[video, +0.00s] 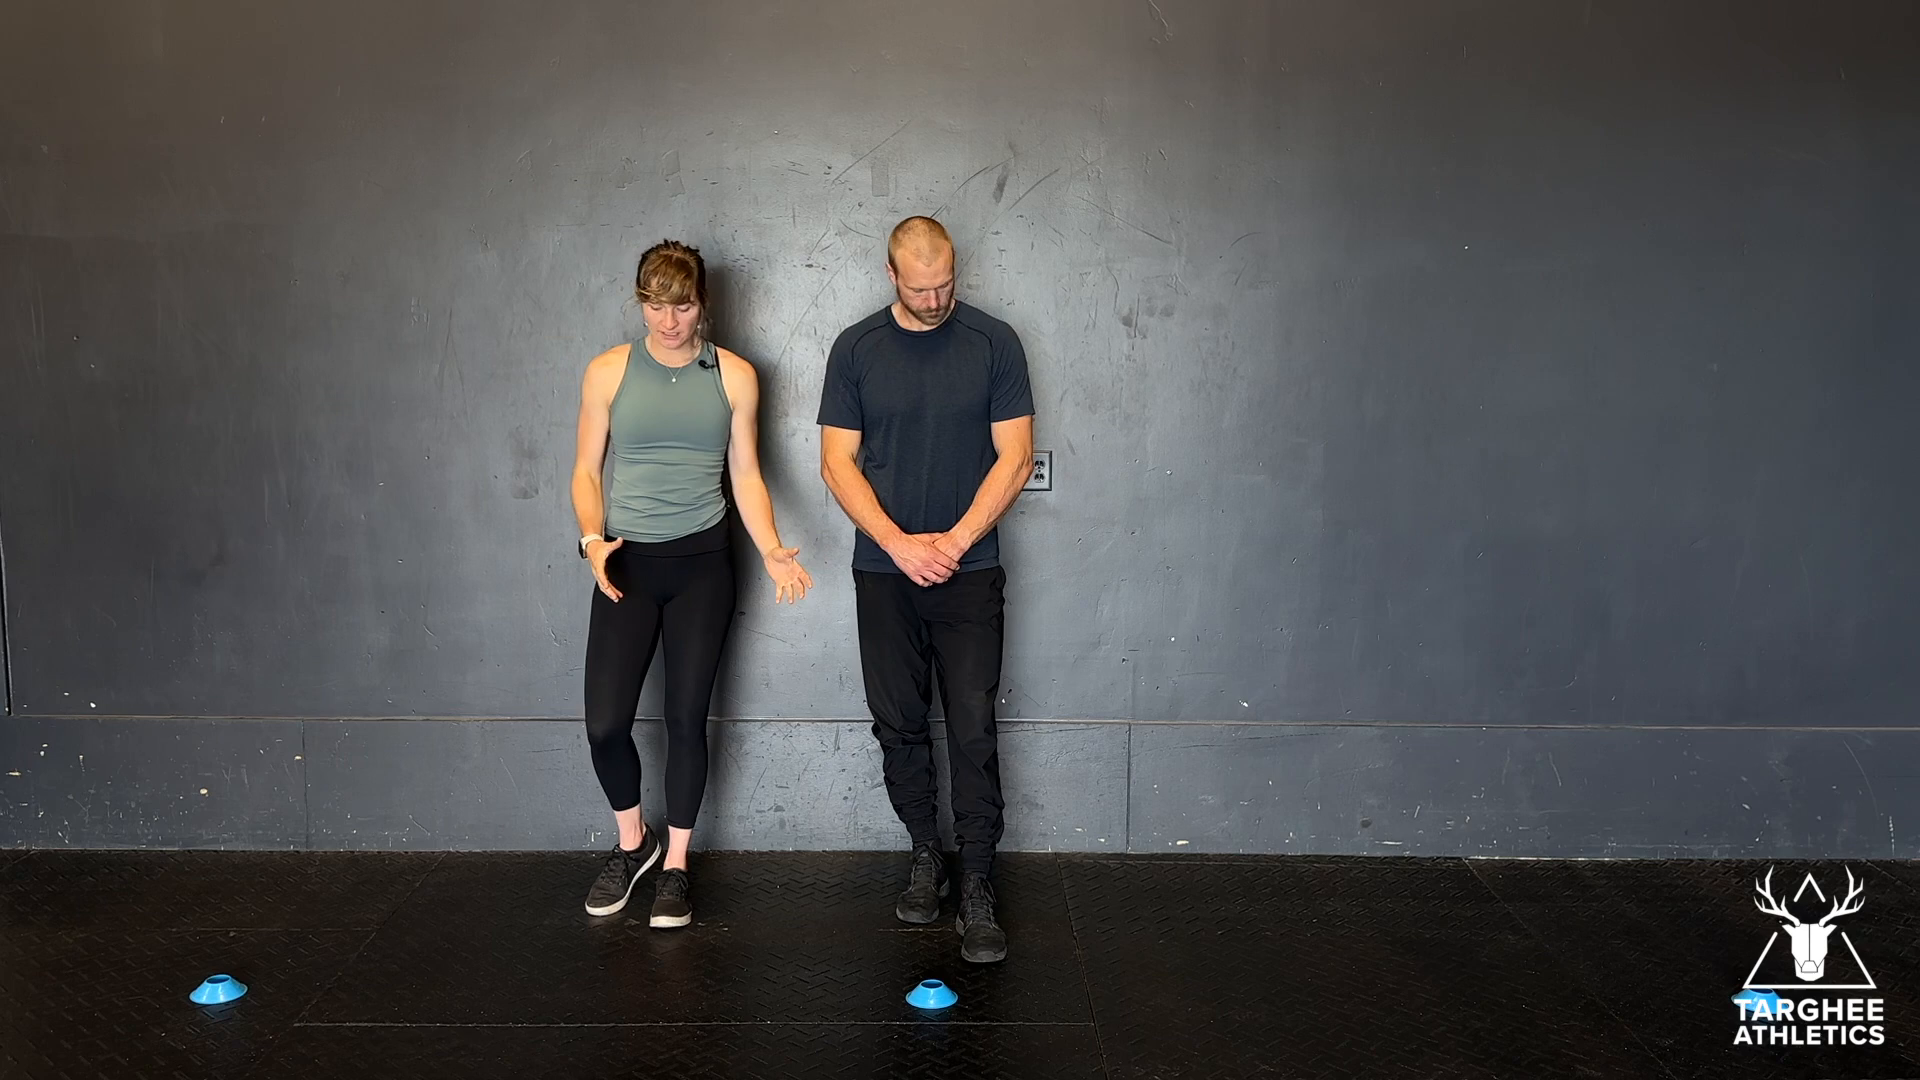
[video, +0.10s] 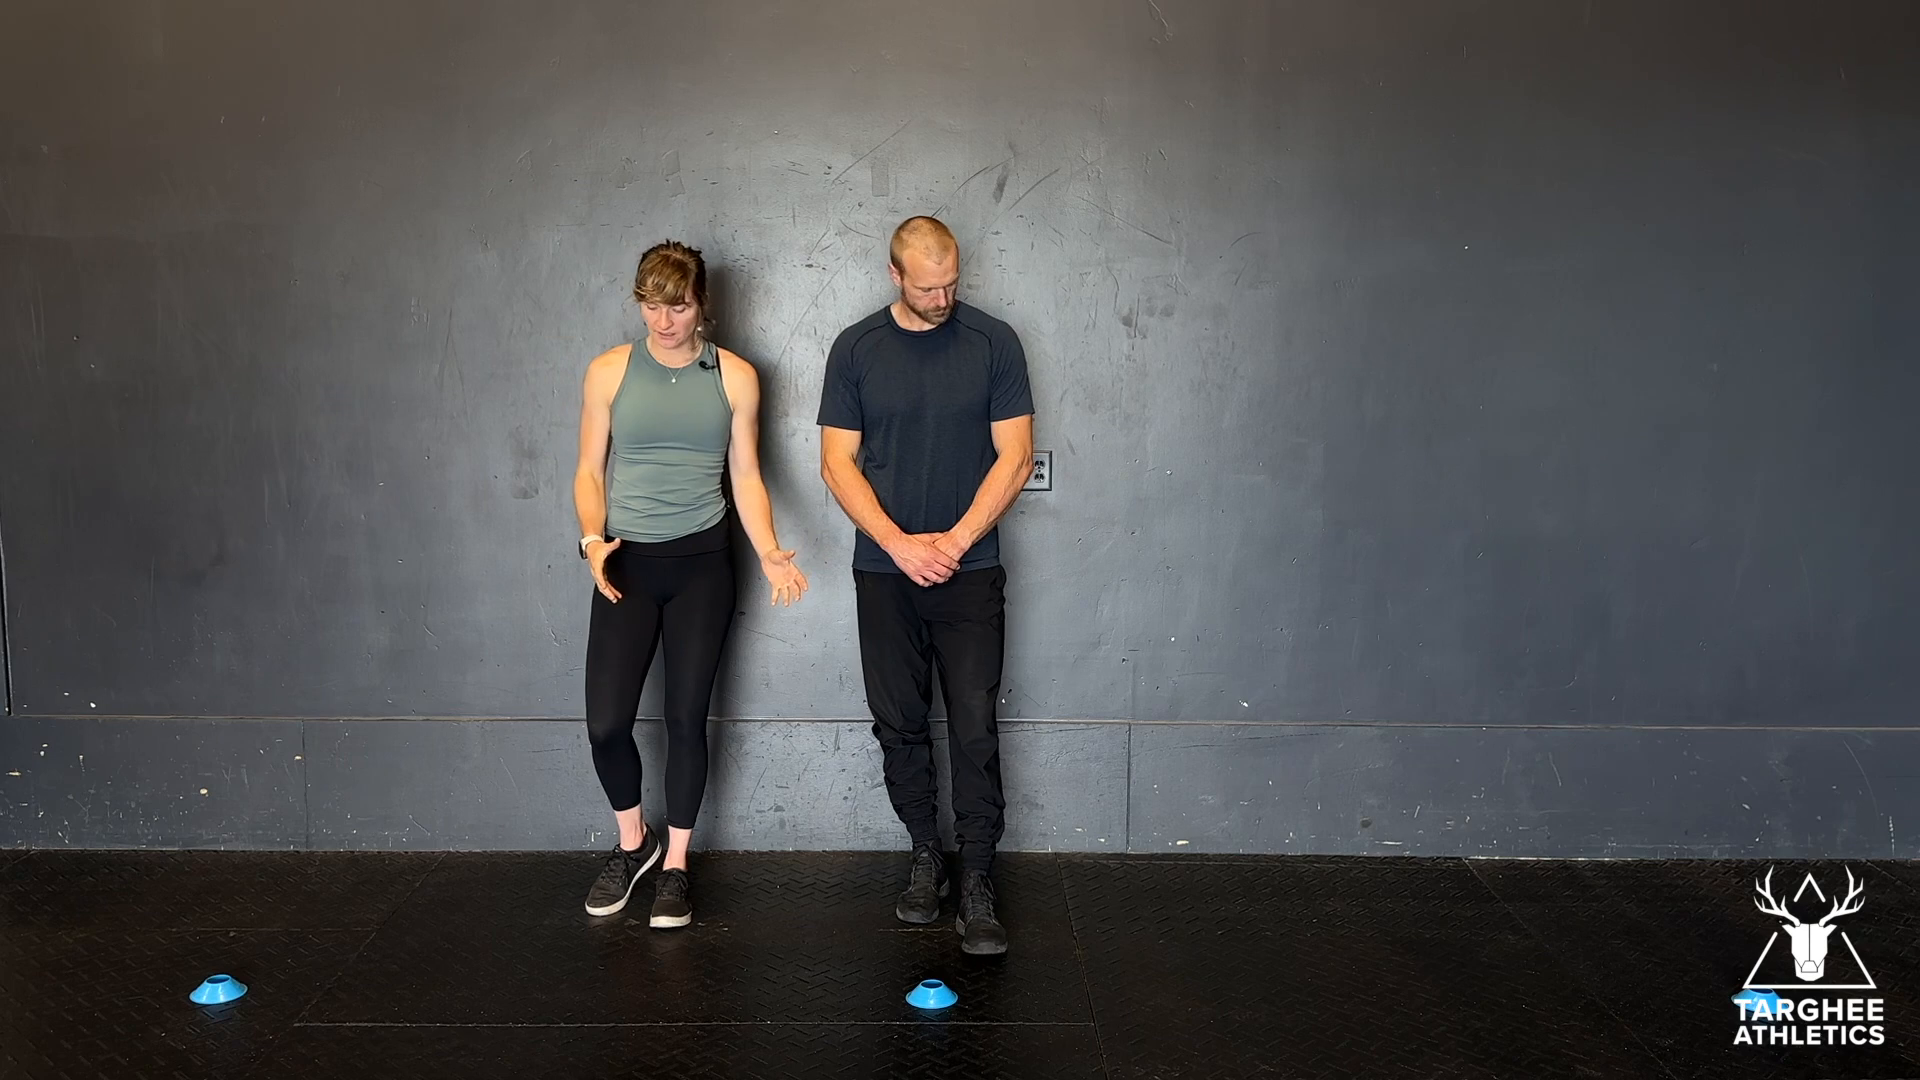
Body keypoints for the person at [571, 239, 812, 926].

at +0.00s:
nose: (672, 321)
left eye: (684, 308)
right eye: (660, 308)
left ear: (702, 304)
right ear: (641, 303)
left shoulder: (734, 375)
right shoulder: (609, 372)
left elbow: (746, 473)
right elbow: (587, 470)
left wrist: (773, 551)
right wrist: (593, 539)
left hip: (704, 563)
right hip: (626, 564)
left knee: (686, 717)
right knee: (605, 722)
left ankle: (675, 867)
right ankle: (635, 846)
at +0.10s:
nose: (667, 321)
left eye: (680, 308)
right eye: (656, 307)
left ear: (700, 305)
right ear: (639, 304)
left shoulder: (735, 376)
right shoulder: (609, 371)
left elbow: (746, 474)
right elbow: (590, 469)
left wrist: (771, 553)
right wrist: (593, 540)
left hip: (703, 563)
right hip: (625, 563)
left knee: (686, 716)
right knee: (607, 723)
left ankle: (675, 867)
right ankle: (635, 844)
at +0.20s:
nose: (663, 321)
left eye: (676, 308)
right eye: (653, 307)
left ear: (700, 305)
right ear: (638, 303)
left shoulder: (735, 377)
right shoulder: (610, 371)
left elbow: (746, 474)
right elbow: (591, 468)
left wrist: (769, 554)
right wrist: (593, 540)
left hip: (703, 562)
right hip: (626, 562)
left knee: (685, 717)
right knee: (606, 722)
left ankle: (675, 866)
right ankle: (636, 844)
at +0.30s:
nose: (660, 320)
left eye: (673, 307)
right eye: (650, 306)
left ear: (700, 304)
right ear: (636, 303)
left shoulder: (736, 377)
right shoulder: (610, 371)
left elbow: (748, 474)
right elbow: (592, 467)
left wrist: (768, 555)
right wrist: (592, 539)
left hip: (703, 561)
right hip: (625, 562)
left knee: (686, 716)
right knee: (604, 720)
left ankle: (675, 865)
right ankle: (634, 845)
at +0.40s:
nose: (655, 318)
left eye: (669, 305)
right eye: (646, 305)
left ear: (699, 304)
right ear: (635, 304)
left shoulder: (736, 377)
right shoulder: (611, 370)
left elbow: (749, 475)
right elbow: (594, 468)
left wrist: (768, 556)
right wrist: (590, 536)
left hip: (703, 561)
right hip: (625, 562)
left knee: (686, 716)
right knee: (601, 718)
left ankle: (675, 865)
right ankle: (634, 843)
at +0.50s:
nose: (654, 319)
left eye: (667, 306)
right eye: (646, 305)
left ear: (698, 304)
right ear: (635, 305)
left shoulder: (736, 377)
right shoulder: (612, 369)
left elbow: (751, 475)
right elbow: (594, 467)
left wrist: (768, 557)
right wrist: (585, 538)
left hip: (703, 560)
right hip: (624, 561)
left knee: (686, 716)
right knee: (600, 719)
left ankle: (675, 866)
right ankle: (636, 843)